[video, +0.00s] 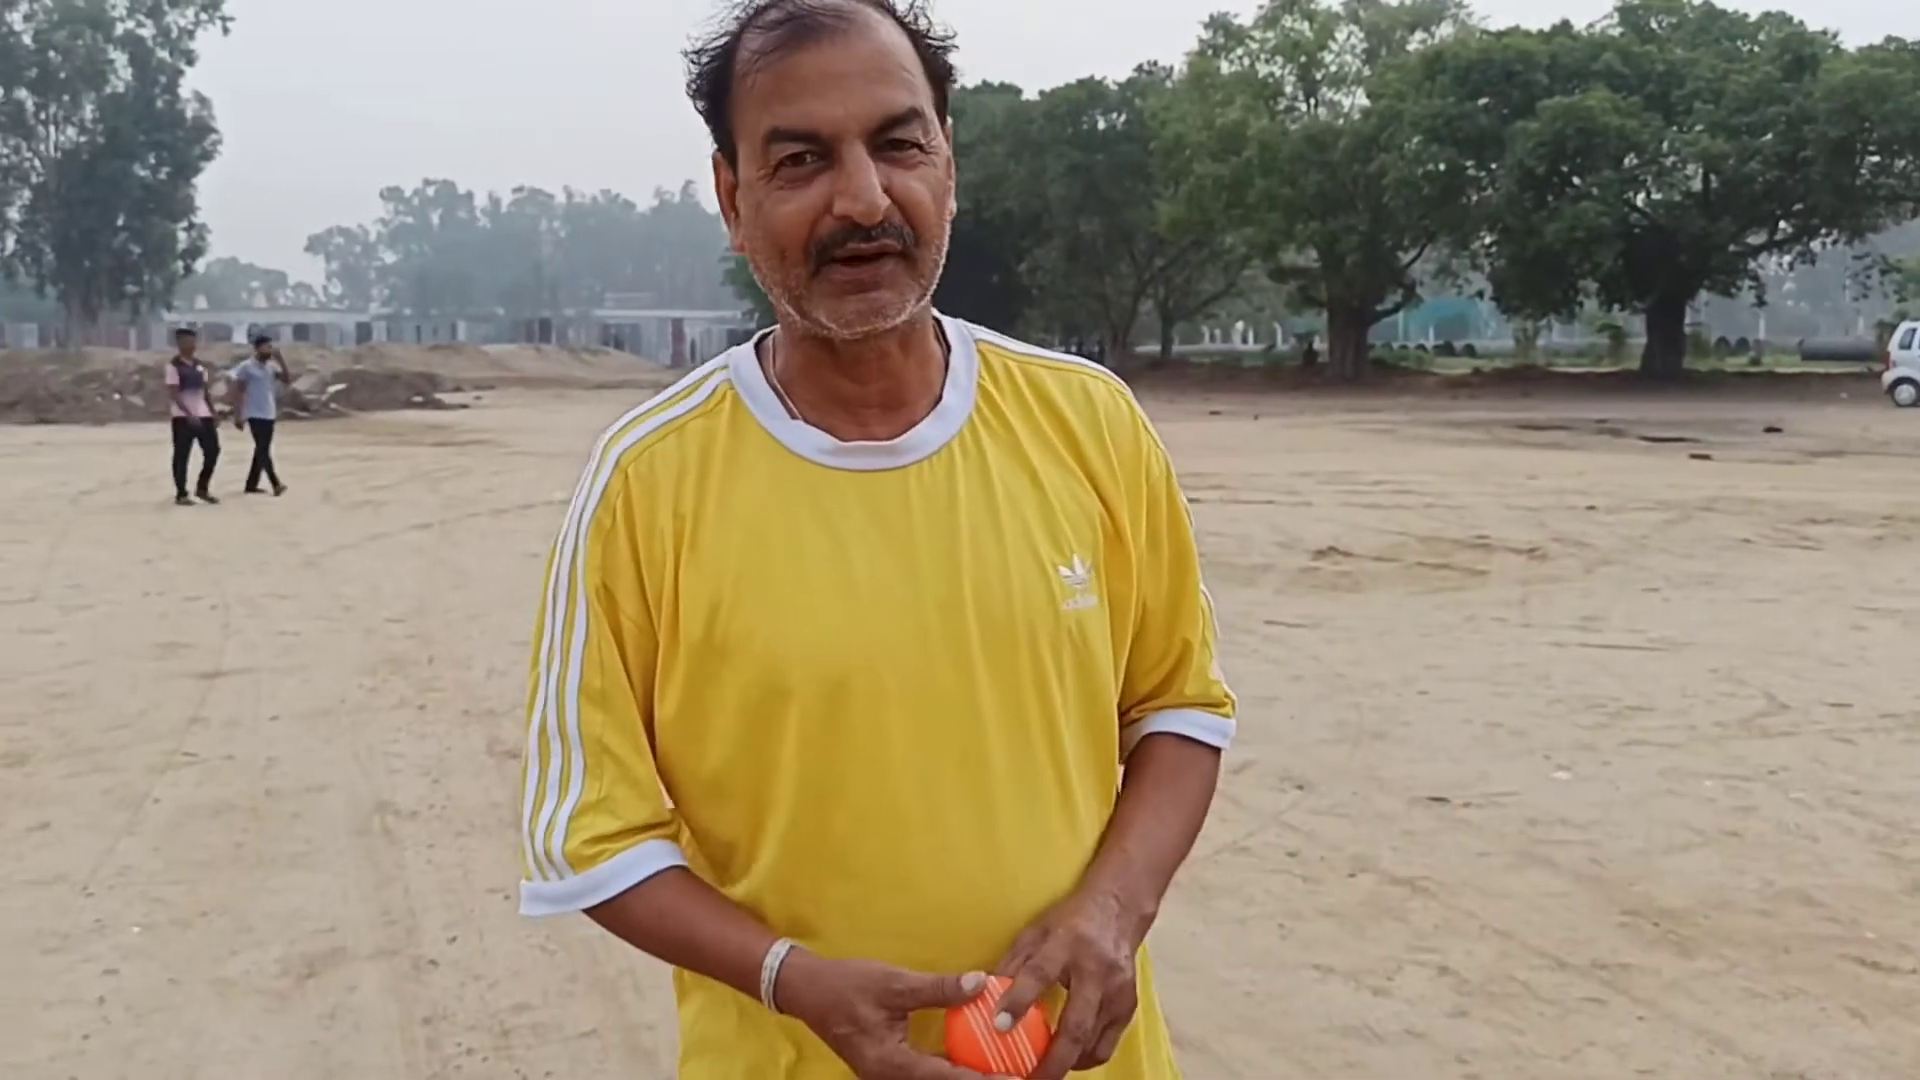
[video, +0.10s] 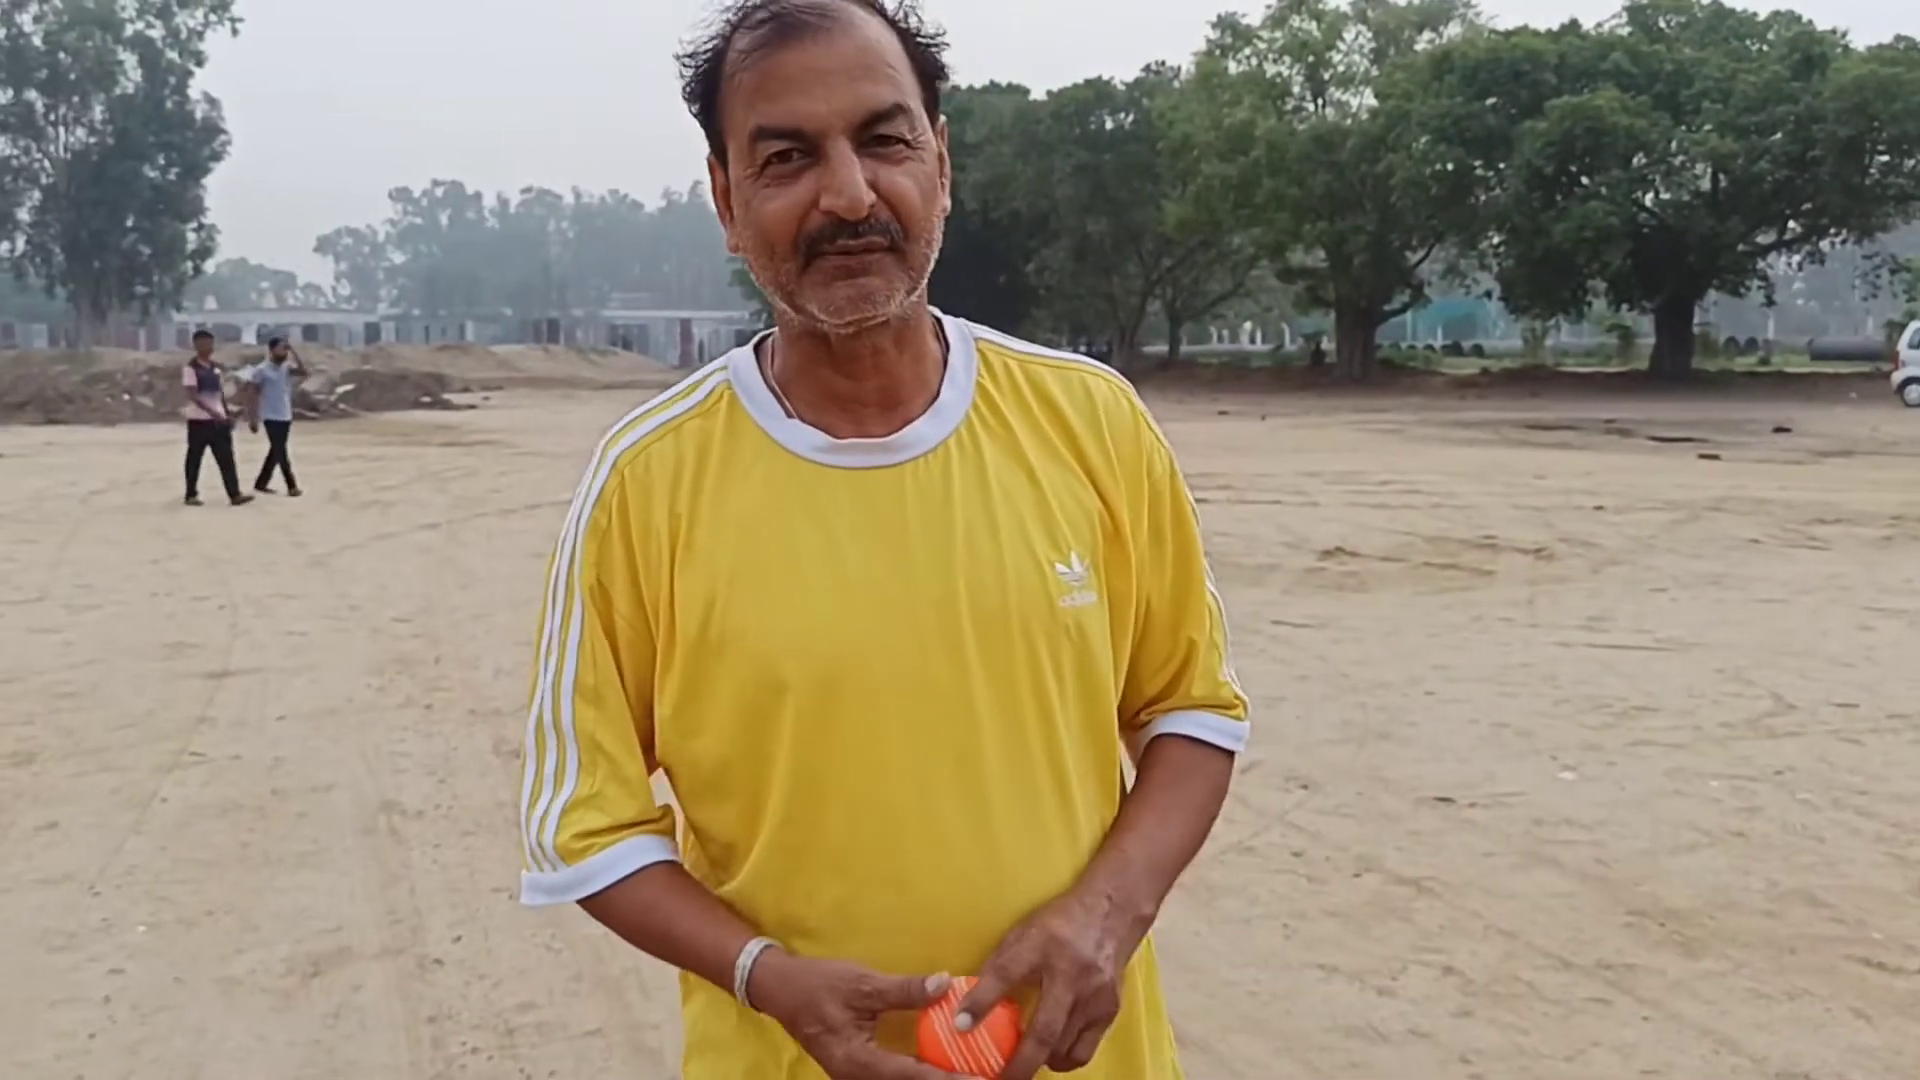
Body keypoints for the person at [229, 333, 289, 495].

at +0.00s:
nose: (269, 350)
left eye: (269, 346)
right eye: (265, 346)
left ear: (270, 348)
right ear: (257, 348)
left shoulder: (270, 368)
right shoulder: (246, 367)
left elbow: (286, 379)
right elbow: (238, 392)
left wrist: (280, 360)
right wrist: (238, 416)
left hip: (269, 414)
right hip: (254, 413)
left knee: (261, 451)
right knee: (263, 451)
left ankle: (251, 484)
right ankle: (276, 483)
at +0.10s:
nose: (285, 352)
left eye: (286, 348)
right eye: (282, 348)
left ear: (285, 351)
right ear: (272, 350)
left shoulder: (285, 368)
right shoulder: (261, 370)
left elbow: (303, 372)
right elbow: (253, 395)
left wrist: (293, 353)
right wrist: (253, 418)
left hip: (285, 416)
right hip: (270, 416)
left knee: (275, 452)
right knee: (281, 453)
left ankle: (261, 482)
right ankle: (291, 486)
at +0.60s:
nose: (368, 351)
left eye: (369, 347)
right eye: (365, 347)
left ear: (370, 350)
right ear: (356, 349)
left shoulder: (370, 368)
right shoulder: (346, 369)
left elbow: (391, 370)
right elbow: (339, 393)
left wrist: (379, 353)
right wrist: (342, 411)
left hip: (370, 419)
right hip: (352, 419)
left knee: (379, 454)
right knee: (347, 455)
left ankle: (393, 483)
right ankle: (342, 486)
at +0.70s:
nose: (394, 353)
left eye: (396, 350)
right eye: (391, 349)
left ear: (397, 351)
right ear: (382, 350)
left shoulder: (396, 369)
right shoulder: (373, 371)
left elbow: (416, 373)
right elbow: (365, 394)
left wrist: (406, 356)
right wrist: (372, 412)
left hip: (398, 419)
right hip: (380, 420)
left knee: (407, 455)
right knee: (371, 456)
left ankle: (412, 487)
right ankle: (358, 485)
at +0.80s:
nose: (419, 351)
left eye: (420, 347)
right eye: (415, 347)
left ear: (420, 350)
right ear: (407, 349)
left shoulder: (419, 368)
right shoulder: (396, 369)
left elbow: (439, 373)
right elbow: (390, 395)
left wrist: (426, 353)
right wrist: (397, 417)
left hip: (423, 418)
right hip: (406, 419)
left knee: (430, 455)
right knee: (403, 455)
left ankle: (428, 488)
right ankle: (383, 475)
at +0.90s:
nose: (440, 348)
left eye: (441, 345)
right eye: (436, 344)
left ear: (441, 348)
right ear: (428, 347)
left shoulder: (441, 365)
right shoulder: (417, 366)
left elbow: (459, 372)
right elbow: (412, 393)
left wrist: (449, 354)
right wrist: (415, 415)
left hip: (443, 415)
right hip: (427, 416)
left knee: (445, 454)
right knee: (433, 452)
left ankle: (441, 487)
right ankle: (415, 474)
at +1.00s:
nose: (456, 347)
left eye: (457, 343)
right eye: (453, 343)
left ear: (458, 346)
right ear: (445, 346)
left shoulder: (457, 365)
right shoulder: (434, 366)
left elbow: (475, 374)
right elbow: (426, 391)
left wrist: (464, 355)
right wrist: (428, 414)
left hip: (458, 413)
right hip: (443, 413)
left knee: (456, 450)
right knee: (452, 449)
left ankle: (452, 485)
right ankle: (447, 485)